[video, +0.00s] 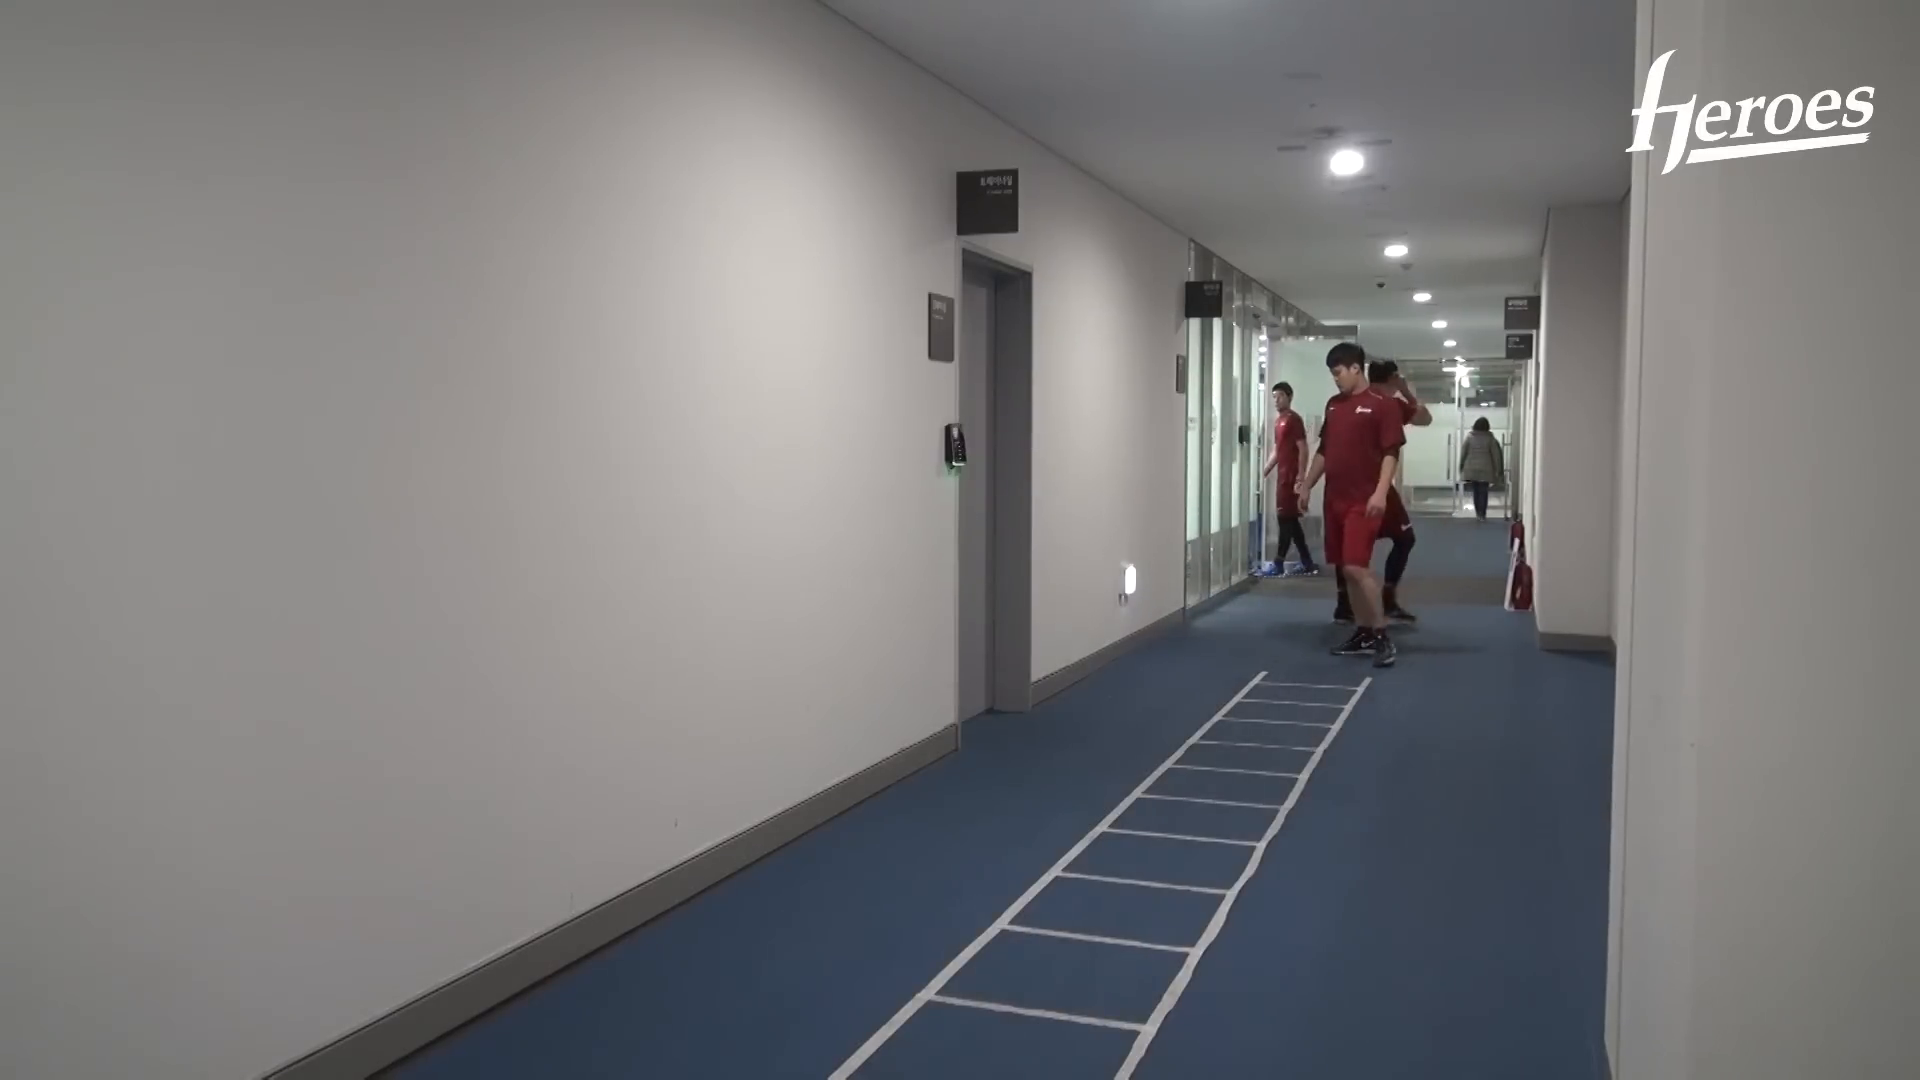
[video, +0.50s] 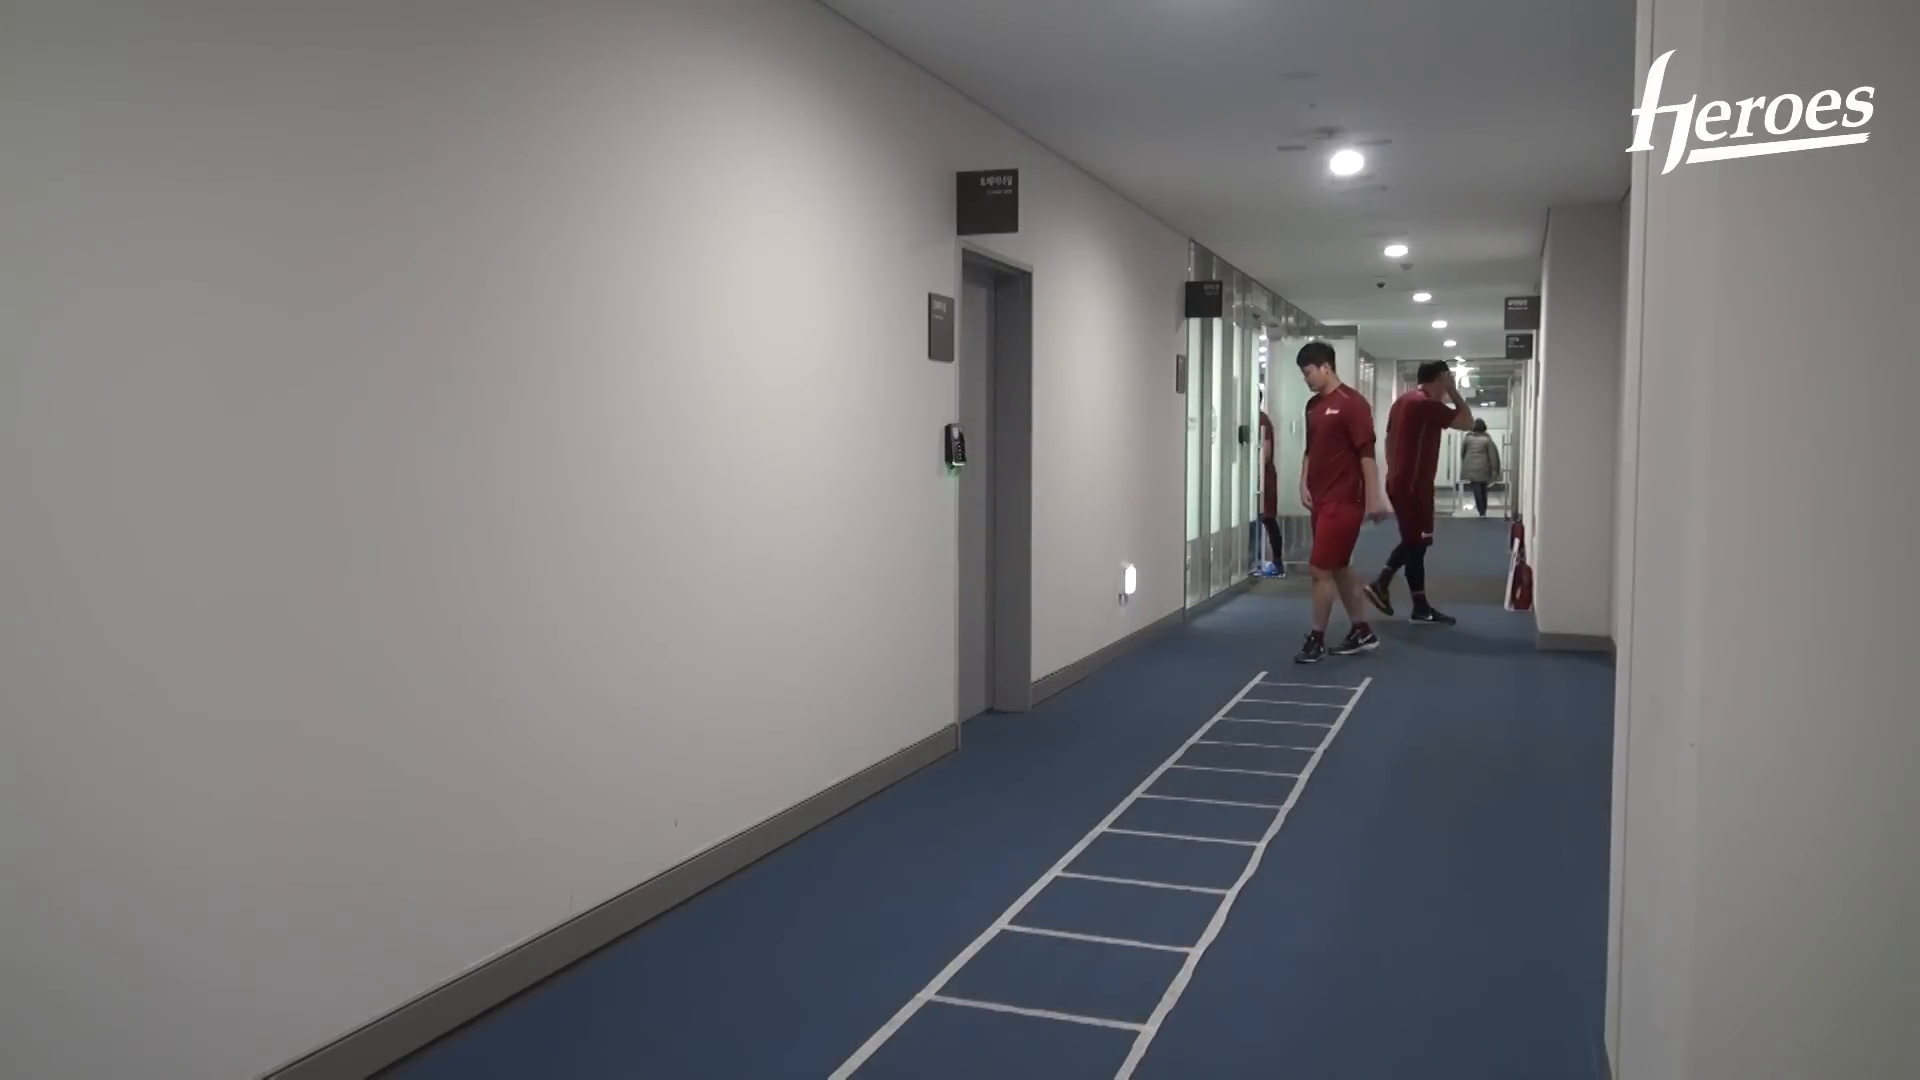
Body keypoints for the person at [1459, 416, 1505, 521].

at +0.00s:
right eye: (1487, 425)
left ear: (1475, 425)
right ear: (1487, 426)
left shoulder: (1470, 437)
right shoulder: (1490, 438)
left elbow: (1464, 453)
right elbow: (1496, 456)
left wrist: (1461, 466)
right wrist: (1498, 471)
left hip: (1472, 469)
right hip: (1485, 469)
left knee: (1476, 491)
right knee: (1484, 492)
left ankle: (1479, 513)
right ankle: (1482, 514)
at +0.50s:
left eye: (1476, 425)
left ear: (1473, 426)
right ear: (1484, 427)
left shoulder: (1468, 438)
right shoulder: (1487, 439)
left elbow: (1463, 452)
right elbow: (1493, 456)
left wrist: (1465, 461)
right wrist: (1495, 470)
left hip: (1470, 466)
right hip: (1483, 467)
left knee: (1476, 488)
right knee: (1483, 488)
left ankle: (1481, 511)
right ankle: (1483, 510)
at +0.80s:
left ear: (1464, 425)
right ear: (1478, 424)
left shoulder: (1461, 436)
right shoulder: (1480, 436)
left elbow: (1457, 451)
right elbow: (1486, 453)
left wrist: (1456, 461)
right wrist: (1488, 465)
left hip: (1465, 465)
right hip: (1479, 465)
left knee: (1465, 487)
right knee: (1478, 486)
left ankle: (1473, 505)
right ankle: (1479, 506)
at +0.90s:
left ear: (1464, 425)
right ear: (1475, 425)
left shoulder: (1460, 437)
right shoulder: (1477, 436)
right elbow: (1482, 453)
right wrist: (1482, 468)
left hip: (1462, 467)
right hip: (1476, 467)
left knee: (1459, 488)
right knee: (1477, 487)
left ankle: (1460, 507)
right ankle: (1479, 507)